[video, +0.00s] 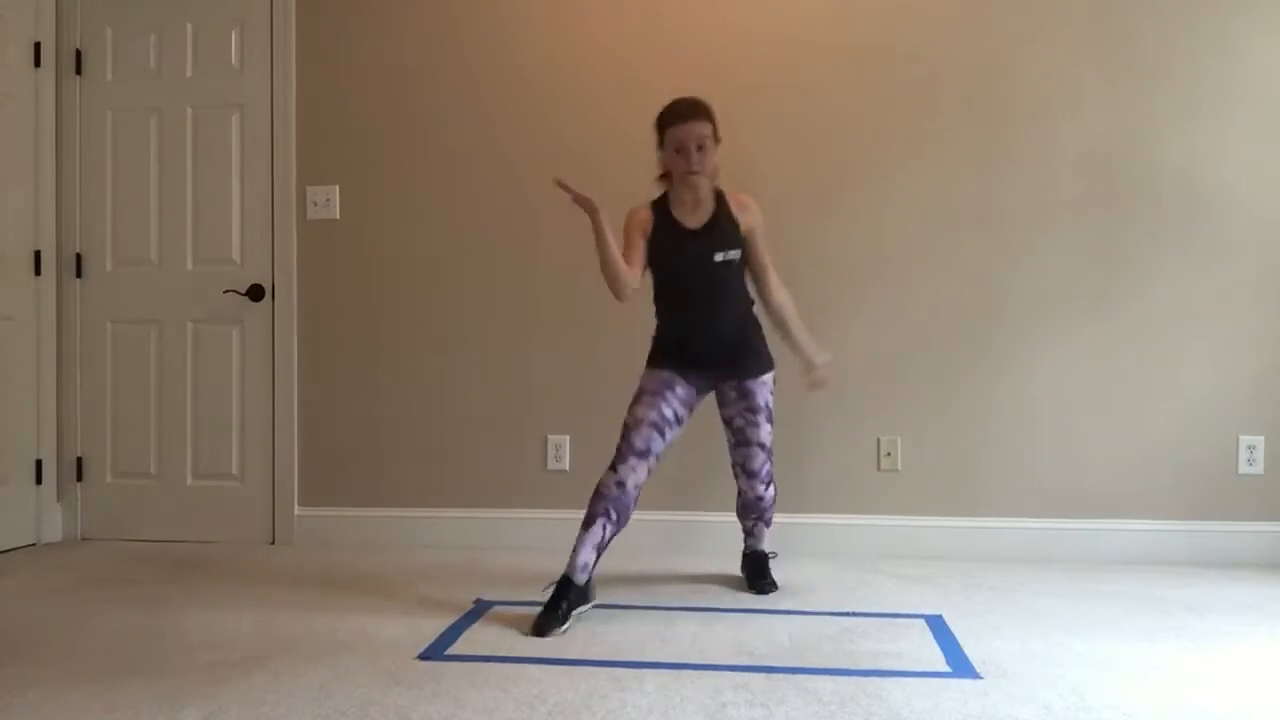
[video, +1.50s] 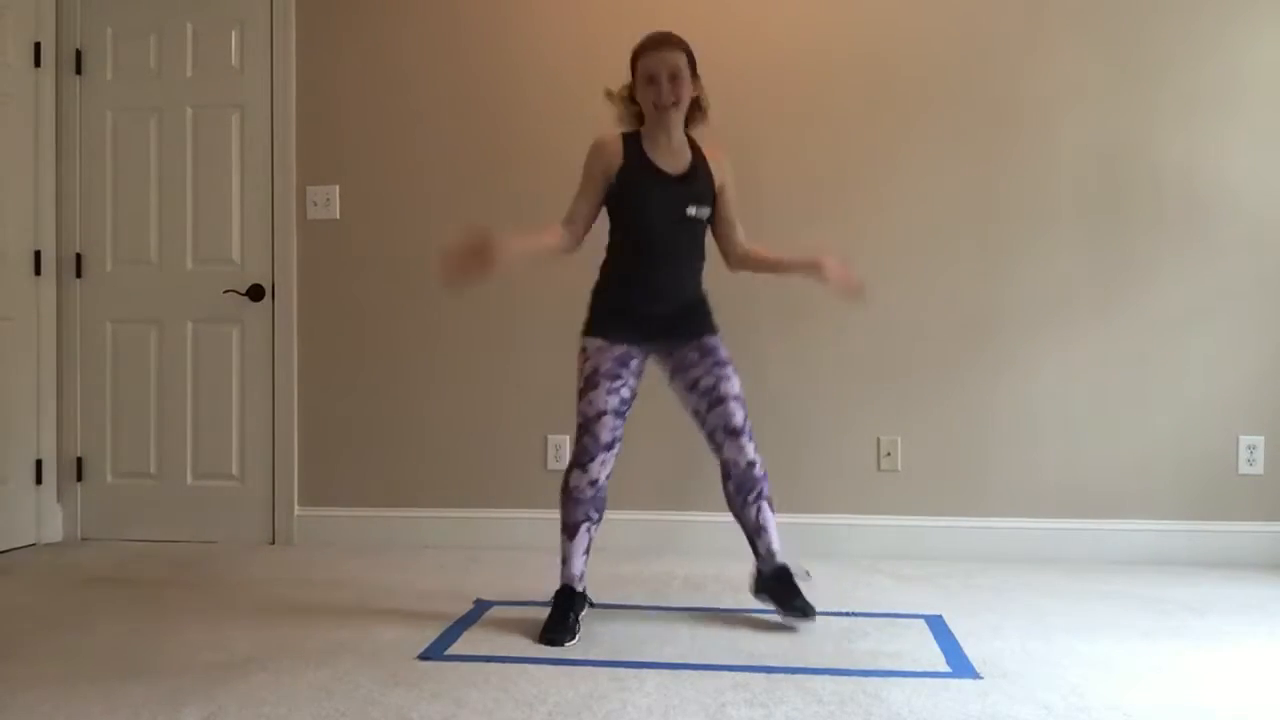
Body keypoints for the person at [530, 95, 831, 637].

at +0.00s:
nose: (693, 156)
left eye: (703, 145)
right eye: (681, 147)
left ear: (718, 150)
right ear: (663, 156)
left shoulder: (740, 209)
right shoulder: (647, 218)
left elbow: (768, 282)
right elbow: (624, 287)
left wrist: (807, 350)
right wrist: (597, 220)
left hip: (743, 358)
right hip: (675, 361)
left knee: (755, 467)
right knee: (628, 468)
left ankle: (757, 553)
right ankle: (574, 582)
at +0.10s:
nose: (699, 137)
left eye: (709, 125)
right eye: (688, 127)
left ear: (727, 127)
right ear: (673, 130)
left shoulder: (749, 190)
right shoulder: (654, 191)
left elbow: (782, 270)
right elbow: (617, 263)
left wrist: (842, 314)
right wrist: (567, 220)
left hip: (737, 340)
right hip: (672, 337)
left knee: (750, 457)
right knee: (625, 424)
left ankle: (756, 550)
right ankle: (614, 556)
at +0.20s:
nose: (704, 113)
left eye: (713, 100)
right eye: (692, 102)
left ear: (733, 99)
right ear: (679, 104)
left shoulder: (751, 166)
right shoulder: (656, 158)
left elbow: (777, 248)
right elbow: (615, 229)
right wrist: (552, 269)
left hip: (716, 314)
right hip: (651, 307)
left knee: (732, 434)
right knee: (631, 416)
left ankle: (748, 541)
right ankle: (656, 518)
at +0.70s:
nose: (714, 112)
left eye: (721, 102)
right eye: (705, 100)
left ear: (724, 104)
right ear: (671, 98)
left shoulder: (723, 153)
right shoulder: (628, 164)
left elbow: (763, 229)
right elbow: (598, 244)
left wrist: (827, 260)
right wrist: (548, 218)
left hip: (742, 305)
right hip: (678, 314)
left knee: (771, 427)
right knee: (667, 433)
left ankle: (802, 558)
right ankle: (674, 549)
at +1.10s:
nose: (688, 101)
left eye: (697, 86)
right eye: (678, 92)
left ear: (729, 78)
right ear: (673, 96)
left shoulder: (766, 153)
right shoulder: (674, 151)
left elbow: (805, 240)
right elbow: (639, 235)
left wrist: (879, 246)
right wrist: (568, 249)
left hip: (734, 322)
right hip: (662, 317)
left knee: (768, 451)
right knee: (615, 408)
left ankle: (815, 585)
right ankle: (631, 528)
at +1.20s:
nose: (680, 105)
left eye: (688, 90)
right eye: (670, 95)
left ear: (722, 83)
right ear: (666, 100)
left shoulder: (757, 160)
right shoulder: (659, 158)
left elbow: (784, 248)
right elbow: (624, 241)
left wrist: (821, 194)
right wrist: (575, 302)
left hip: (704, 325)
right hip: (630, 316)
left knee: (748, 454)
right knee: (592, 447)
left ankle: (800, 582)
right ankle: (582, 569)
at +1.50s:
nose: (666, 87)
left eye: (676, 76)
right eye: (653, 78)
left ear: (694, 84)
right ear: (635, 87)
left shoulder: (707, 160)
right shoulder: (613, 151)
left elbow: (736, 253)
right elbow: (570, 233)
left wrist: (814, 264)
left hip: (688, 323)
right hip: (617, 324)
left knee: (737, 442)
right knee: (592, 456)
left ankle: (771, 569)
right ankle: (570, 590)